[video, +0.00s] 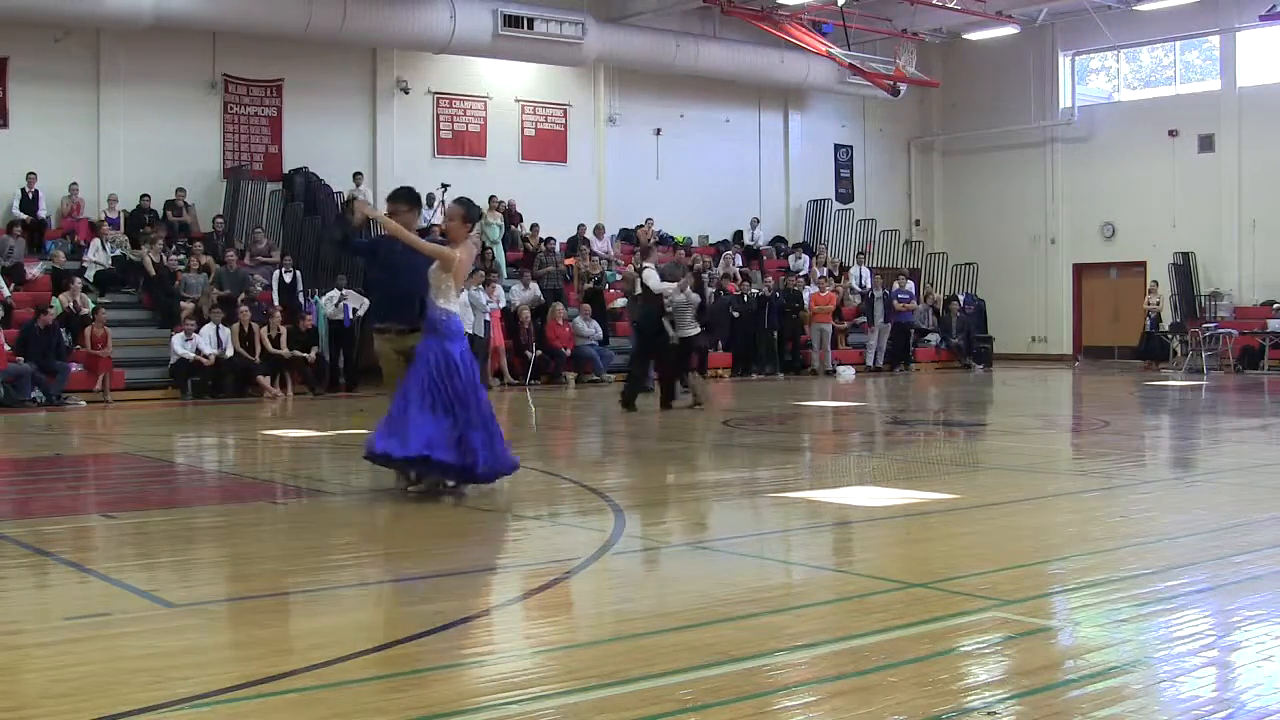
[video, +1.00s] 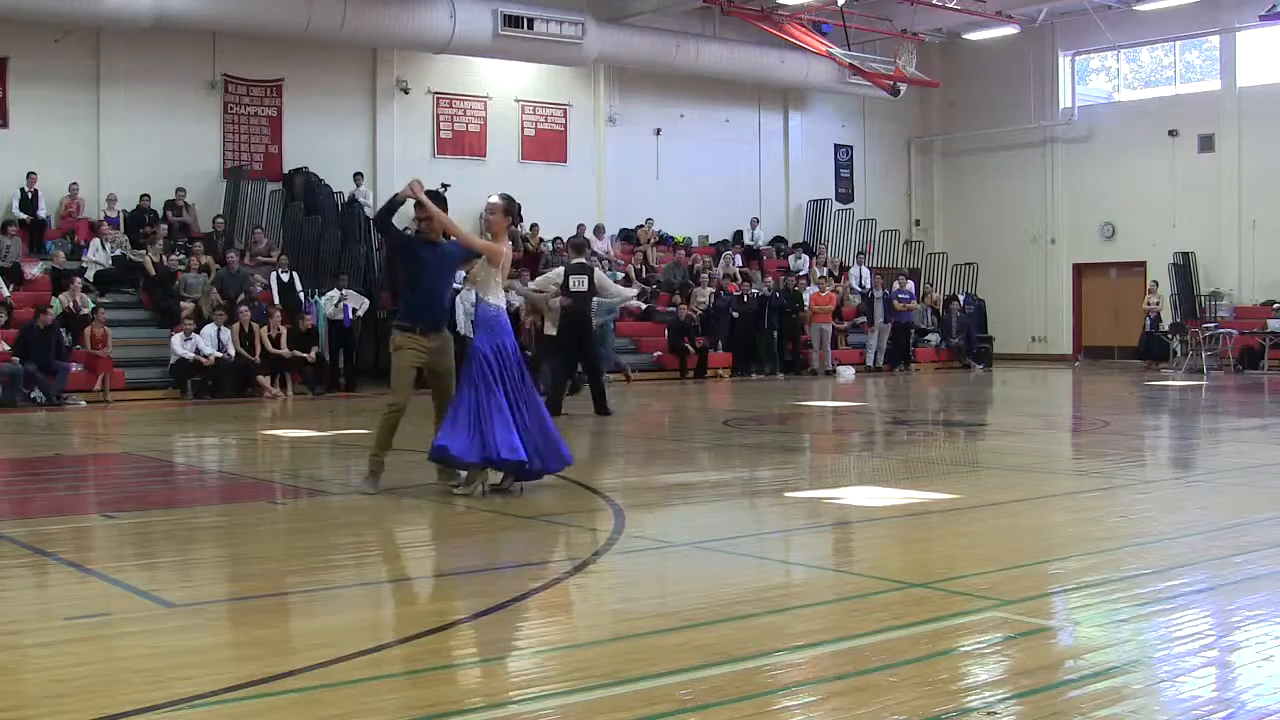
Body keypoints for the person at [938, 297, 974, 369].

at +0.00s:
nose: (955, 307)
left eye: (956, 305)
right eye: (953, 305)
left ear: (959, 307)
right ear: (949, 307)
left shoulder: (963, 318)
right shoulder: (944, 318)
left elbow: (965, 331)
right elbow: (943, 332)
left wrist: (958, 338)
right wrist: (950, 339)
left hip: (959, 338)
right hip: (949, 338)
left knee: (961, 344)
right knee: (953, 346)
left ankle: (964, 361)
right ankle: (964, 361)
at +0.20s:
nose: (955, 307)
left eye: (956, 305)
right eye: (953, 305)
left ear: (959, 307)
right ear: (949, 307)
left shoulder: (963, 318)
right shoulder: (944, 318)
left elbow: (965, 331)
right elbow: (943, 332)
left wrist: (958, 338)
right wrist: (950, 339)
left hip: (959, 338)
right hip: (949, 338)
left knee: (961, 344)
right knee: (953, 346)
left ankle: (964, 361)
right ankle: (964, 361)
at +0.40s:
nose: (955, 307)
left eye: (956, 305)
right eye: (953, 305)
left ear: (959, 307)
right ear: (950, 307)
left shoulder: (963, 318)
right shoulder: (944, 318)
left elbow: (964, 331)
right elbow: (943, 332)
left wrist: (958, 338)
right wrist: (950, 339)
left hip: (959, 338)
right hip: (949, 338)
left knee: (961, 344)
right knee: (952, 346)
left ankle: (964, 361)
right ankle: (964, 361)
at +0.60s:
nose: (955, 307)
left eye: (957, 305)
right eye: (953, 305)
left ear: (959, 307)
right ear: (950, 307)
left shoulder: (964, 318)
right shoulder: (945, 318)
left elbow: (965, 331)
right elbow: (943, 332)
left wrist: (958, 338)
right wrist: (950, 339)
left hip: (960, 338)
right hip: (949, 338)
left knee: (962, 344)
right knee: (952, 346)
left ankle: (964, 361)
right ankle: (964, 360)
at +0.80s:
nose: (955, 307)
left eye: (957, 305)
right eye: (953, 305)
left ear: (959, 307)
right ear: (950, 307)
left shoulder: (964, 318)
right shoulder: (945, 318)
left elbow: (965, 331)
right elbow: (943, 332)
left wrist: (958, 338)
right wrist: (950, 339)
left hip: (960, 338)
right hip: (949, 338)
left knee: (962, 344)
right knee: (952, 346)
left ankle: (964, 361)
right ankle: (964, 360)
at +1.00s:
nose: (955, 307)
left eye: (957, 305)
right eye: (953, 305)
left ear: (959, 307)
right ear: (949, 306)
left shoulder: (963, 318)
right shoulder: (944, 318)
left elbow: (965, 331)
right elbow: (943, 331)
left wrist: (958, 338)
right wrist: (949, 339)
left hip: (960, 338)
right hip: (949, 338)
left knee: (961, 345)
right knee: (953, 346)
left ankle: (963, 361)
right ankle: (965, 360)